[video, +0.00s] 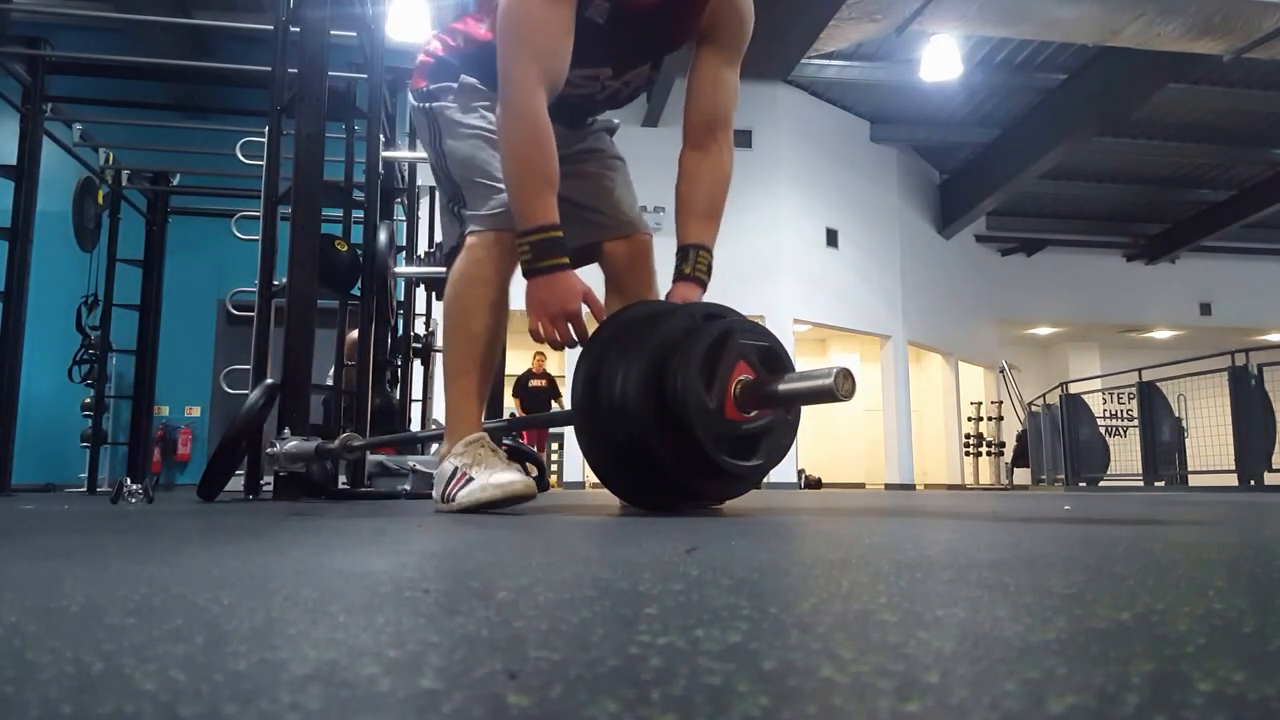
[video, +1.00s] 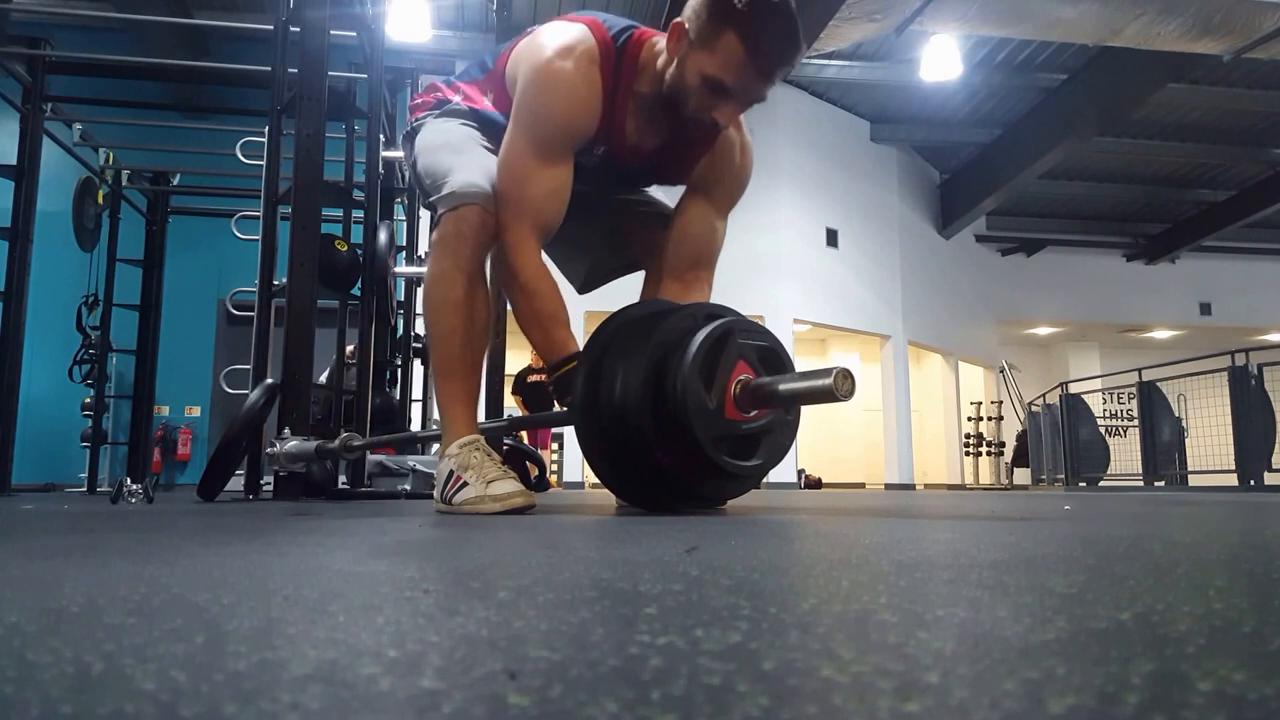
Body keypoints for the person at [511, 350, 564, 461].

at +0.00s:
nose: (540, 363)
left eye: (542, 361)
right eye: (538, 360)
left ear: (545, 362)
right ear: (533, 361)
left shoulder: (549, 377)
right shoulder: (524, 377)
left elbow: (557, 396)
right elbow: (516, 396)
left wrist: (563, 409)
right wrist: (520, 412)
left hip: (544, 417)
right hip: (528, 417)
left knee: (541, 449)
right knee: (529, 447)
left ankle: (542, 474)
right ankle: (529, 473)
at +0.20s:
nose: (541, 362)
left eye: (543, 359)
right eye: (538, 359)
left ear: (546, 361)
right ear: (534, 360)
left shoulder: (552, 376)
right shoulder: (525, 376)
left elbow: (560, 394)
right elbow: (517, 395)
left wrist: (568, 404)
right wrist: (519, 410)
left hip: (545, 416)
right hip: (528, 416)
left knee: (542, 448)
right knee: (530, 445)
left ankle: (542, 474)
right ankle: (530, 472)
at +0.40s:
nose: (539, 361)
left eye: (542, 359)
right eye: (537, 359)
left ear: (546, 361)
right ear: (533, 360)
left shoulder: (552, 377)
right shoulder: (525, 376)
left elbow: (557, 396)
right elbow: (517, 395)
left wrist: (560, 410)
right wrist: (520, 410)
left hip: (546, 417)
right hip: (529, 417)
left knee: (543, 449)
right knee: (533, 447)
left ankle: (543, 476)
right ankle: (534, 475)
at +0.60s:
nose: (537, 359)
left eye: (540, 356)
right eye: (535, 356)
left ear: (543, 358)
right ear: (531, 358)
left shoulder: (550, 374)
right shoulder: (523, 374)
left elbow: (555, 395)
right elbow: (515, 393)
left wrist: (556, 412)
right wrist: (519, 407)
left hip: (546, 415)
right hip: (529, 415)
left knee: (548, 447)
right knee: (532, 446)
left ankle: (546, 475)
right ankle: (533, 475)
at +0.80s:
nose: (536, 357)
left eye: (539, 355)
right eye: (534, 354)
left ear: (543, 356)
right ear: (531, 356)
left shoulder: (549, 372)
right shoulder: (522, 373)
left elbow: (556, 394)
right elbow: (514, 393)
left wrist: (561, 411)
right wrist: (521, 409)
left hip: (547, 414)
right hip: (529, 414)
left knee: (548, 445)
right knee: (532, 446)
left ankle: (545, 476)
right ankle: (532, 477)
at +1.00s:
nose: (536, 357)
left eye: (539, 355)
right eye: (534, 355)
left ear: (543, 357)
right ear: (531, 356)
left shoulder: (549, 372)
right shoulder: (522, 374)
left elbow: (557, 391)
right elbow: (516, 394)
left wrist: (562, 406)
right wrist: (523, 411)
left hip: (547, 413)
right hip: (530, 414)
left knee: (545, 446)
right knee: (532, 447)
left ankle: (545, 477)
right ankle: (532, 477)